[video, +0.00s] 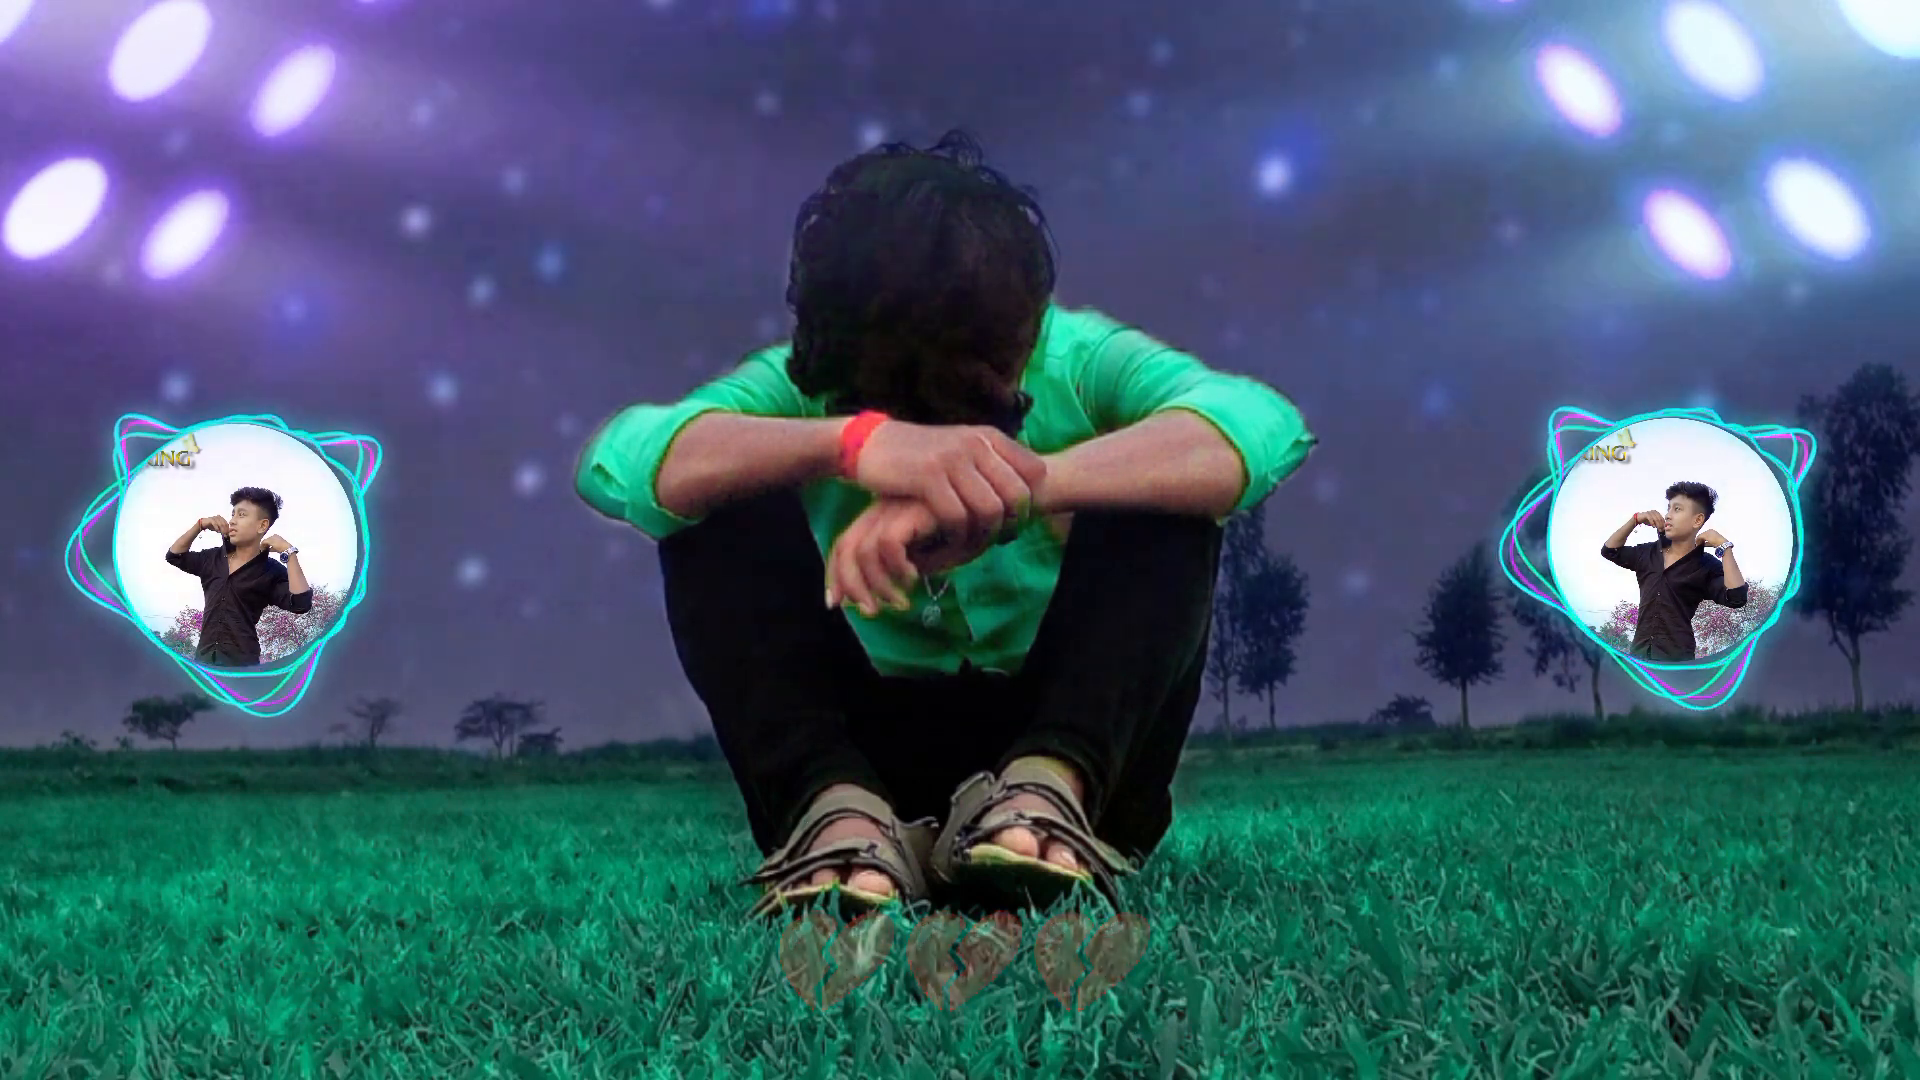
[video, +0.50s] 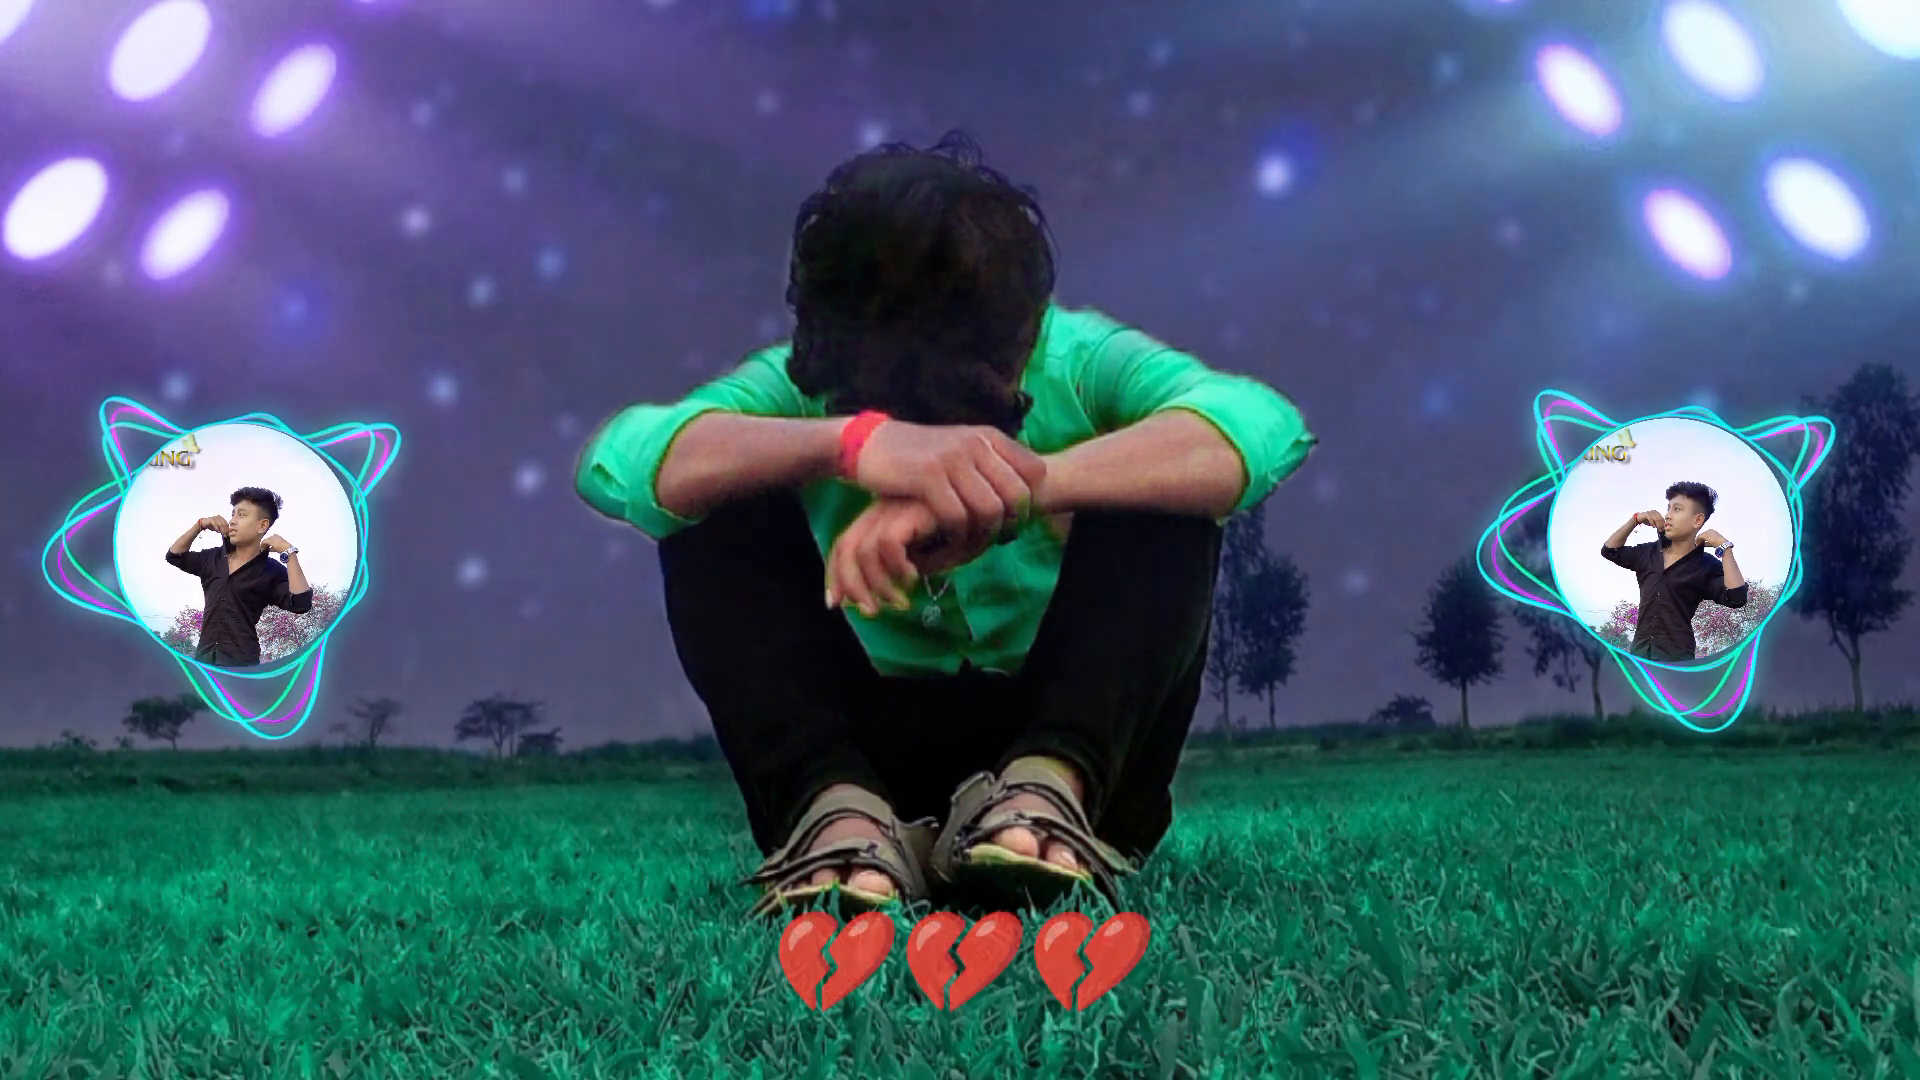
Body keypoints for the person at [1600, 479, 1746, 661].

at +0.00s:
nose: (1667, 515)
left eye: (1677, 509)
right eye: (1668, 508)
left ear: (1698, 520)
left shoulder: (1705, 565)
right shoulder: (1647, 553)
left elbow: (1737, 599)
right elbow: (1609, 551)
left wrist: (1725, 547)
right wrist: (1634, 521)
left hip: (1677, 659)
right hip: (1639, 654)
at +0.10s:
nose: (1667, 515)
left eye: (1677, 509)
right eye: (1668, 509)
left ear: (1698, 520)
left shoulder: (1705, 564)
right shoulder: (1647, 553)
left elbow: (1737, 599)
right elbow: (1609, 551)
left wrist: (1725, 547)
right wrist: (1634, 520)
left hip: (1677, 656)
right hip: (1639, 652)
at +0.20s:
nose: (1667, 515)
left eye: (1677, 509)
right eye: (1668, 508)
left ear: (1698, 520)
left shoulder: (1705, 564)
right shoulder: (1647, 553)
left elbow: (1737, 599)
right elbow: (1609, 551)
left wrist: (1725, 547)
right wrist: (1634, 520)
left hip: (1677, 658)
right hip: (1639, 654)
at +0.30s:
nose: (1667, 515)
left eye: (1677, 509)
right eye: (1668, 508)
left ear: (1698, 520)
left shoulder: (1705, 564)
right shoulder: (1647, 553)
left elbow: (1737, 599)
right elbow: (1609, 551)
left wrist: (1725, 547)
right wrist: (1634, 520)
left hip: (1677, 657)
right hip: (1639, 652)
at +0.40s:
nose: (1667, 515)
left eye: (1677, 509)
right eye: (1668, 508)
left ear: (1698, 520)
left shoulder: (1705, 564)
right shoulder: (1647, 553)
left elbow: (1737, 599)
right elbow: (1609, 551)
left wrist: (1725, 547)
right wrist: (1634, 520)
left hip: (1677, 657)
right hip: (1639, 653)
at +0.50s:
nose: (1667, 515)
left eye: (1677, 509)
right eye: (1668, 509)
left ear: (1698, 520)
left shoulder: (1705, 564)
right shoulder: (1647, 553)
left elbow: (1737, 599)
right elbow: (1609, 551)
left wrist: (1725, 547)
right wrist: (1634, 520)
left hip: (1677, 658)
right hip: (1639, 653)